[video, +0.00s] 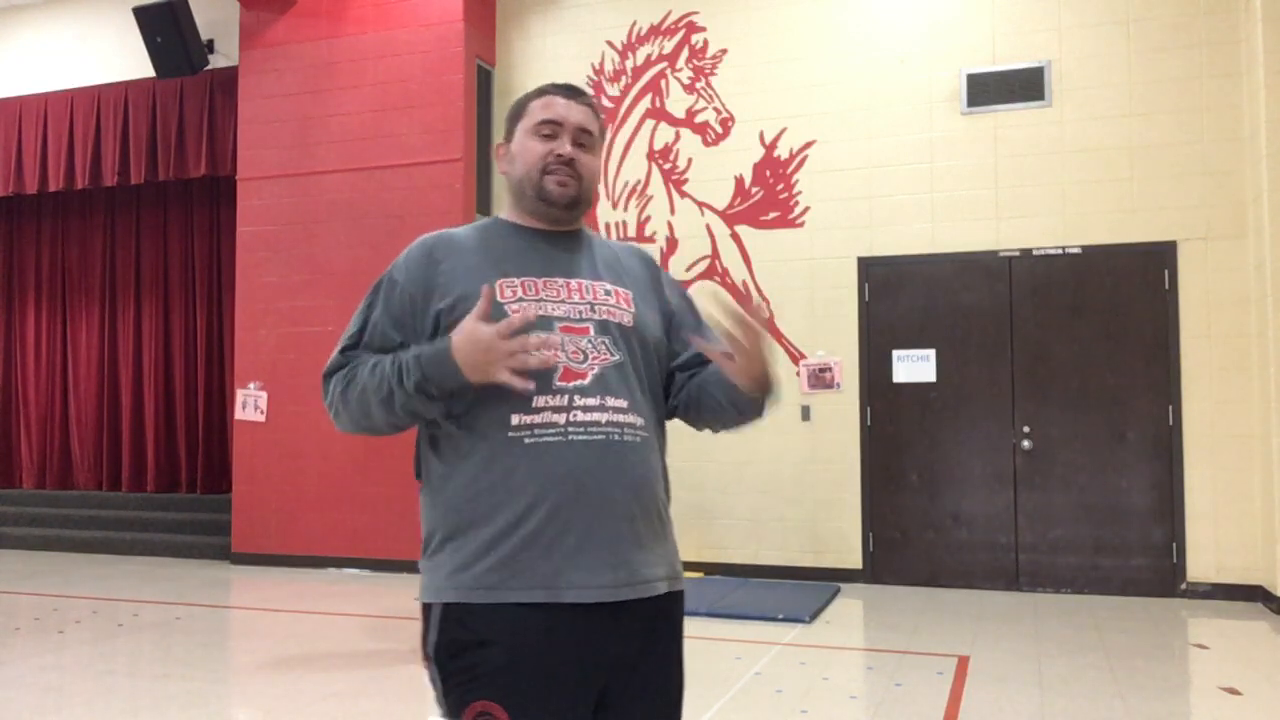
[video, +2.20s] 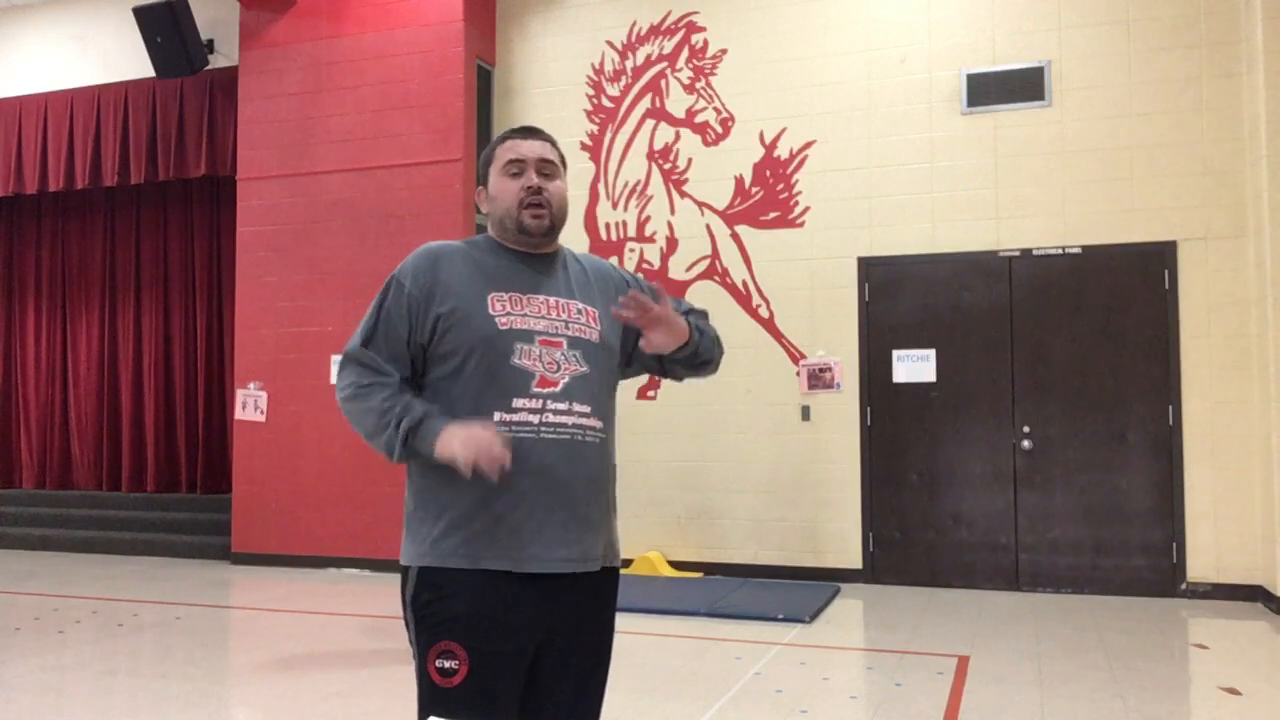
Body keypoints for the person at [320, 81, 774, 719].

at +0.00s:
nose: (566, 149)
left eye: (584, 141)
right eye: (546, 132)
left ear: (601, 172)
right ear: (505, 154)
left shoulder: (643, 274)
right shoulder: (437, 261)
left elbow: (692, 387)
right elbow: (347, 392)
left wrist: (747, 388)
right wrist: (450, 363)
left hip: (638, 595)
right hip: (493, 596)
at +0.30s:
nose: (510, 139)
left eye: (525, 131)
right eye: (488, 124)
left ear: (540, 160)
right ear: (443, 152)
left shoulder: (579, 271)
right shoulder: (385, 259)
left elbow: (622, 404)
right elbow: (304, 392)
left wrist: (683, 455)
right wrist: (427, 387)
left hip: (583, 594)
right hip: (436, 594)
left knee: (593, 711)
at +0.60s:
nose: (476, 163)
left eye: (487, 152)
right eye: (456, 145)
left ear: (497, 170)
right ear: (401, 161)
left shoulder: (521, 279)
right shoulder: (339, 266)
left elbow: (556, 399)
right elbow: (257, 398)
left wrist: (612, 419)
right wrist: (389, 393)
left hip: (517, 597)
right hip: (377, 594)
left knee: (525, 710)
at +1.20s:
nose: (483, 164)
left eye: (488, 148)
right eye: (456, 157)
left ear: (505, 161)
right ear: (422, 189)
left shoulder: (542, 278)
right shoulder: (377, 268)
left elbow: (575, 372)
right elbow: (310, 396)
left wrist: (596, 391)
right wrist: (396, 479)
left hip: (533, 581)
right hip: (412, 579)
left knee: (528, 712)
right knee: (397, 710)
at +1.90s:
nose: (542, 181)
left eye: (552, 168)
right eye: (519, 171)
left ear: (571, 188)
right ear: (485, 199)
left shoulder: (603, 288)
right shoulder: (439, 273)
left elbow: (657, 402)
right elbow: (381, 403)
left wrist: (651, 365)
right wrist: (395, 523)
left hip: (583, 570)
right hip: (469, 567)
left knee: (569, 713)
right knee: (462, 711)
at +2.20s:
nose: (534, 181)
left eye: (548, 171)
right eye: (514, 170)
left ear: (567, 194)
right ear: (483, 197)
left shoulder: (609, 285)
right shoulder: (433, 272)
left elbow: (704, 350)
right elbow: (360, 377)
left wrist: (684, 339)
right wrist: (435, 431)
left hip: (580, 570)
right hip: (463, 565)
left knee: (568, 713)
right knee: (465, 711)